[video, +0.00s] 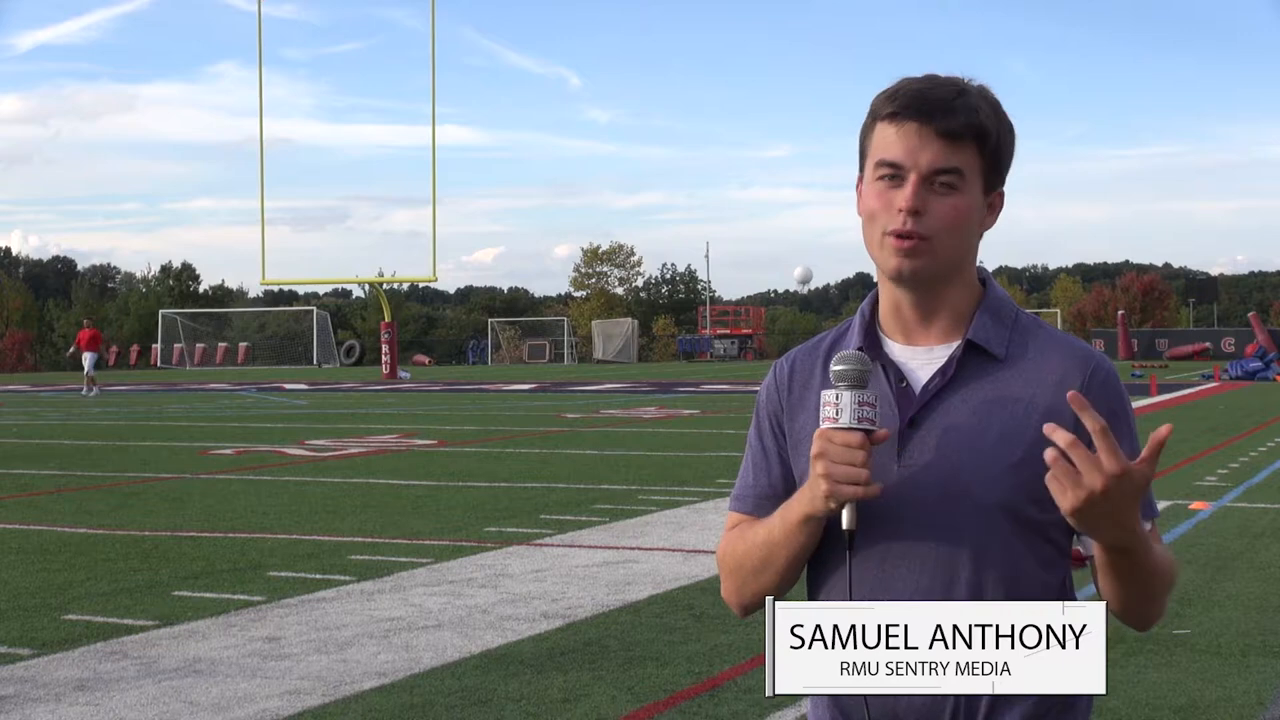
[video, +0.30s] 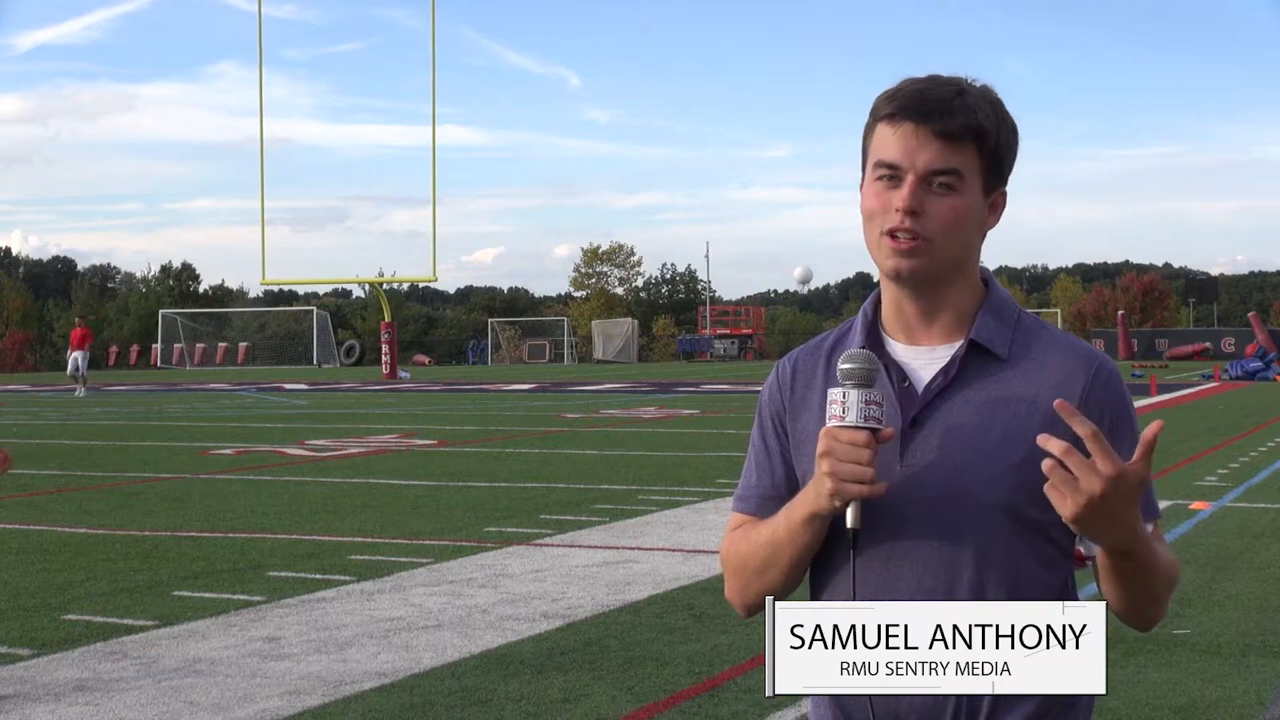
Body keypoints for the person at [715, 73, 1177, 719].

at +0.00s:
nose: (907, 203)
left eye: (943, 181)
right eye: (888, 176)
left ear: (991, 207)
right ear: (860, 195)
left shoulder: (1074, 379)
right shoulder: (796, 380)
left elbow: (1143, 611)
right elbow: (738, 588)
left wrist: (1120, 536)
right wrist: (811, 499)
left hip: (1025, 705)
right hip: (848, 706)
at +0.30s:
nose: (904, 204)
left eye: (941, 182)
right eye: (886, 176)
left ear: (993, 207)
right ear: (863, 193)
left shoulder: (1078, 380)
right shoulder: (798, 380)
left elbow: (1145, 611)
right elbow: (742, 587)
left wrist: (1122, 540)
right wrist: (816, 499)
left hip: (1027, 706)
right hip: (848, 707)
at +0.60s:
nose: (911, 196)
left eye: (946, 175)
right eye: (890, 172)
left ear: (992, 205)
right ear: (860, 199)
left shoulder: (1078, 379)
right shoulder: (797, 381)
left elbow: (1142, 610)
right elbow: (742, 586)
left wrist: (1112, 516)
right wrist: (824, 496)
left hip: (1026, 705)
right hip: (849, 706)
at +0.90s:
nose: (916, 209)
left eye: (949, 188)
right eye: (895, 181)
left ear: (993, 209)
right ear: (863, 196)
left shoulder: (1077, 375)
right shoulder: (798, 379)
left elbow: (1209, 556)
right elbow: (733, 581)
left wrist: (1074, 546)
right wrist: (838, 483)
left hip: (1024, 703)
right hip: (850, 702)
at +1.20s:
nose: (918, 205)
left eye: (950, 182)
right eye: (895, 180)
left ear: (992, 207)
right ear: (862, 202)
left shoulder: (1078, 385)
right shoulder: (796, 383)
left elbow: (1151, 584)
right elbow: (745, 587)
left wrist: (1027, 581)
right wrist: (835, 511)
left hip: (1025, 708)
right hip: (847, 708)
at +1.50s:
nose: (914, 207)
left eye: (946, 183)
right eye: (890, 182)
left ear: (989, 204)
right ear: (858, 202)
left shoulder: (1078, 381)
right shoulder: (796, 383)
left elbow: (1153, 581)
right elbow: (745, 587)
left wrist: (1030, 575)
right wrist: (830, 514)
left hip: (1028, 707)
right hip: (849, 708)